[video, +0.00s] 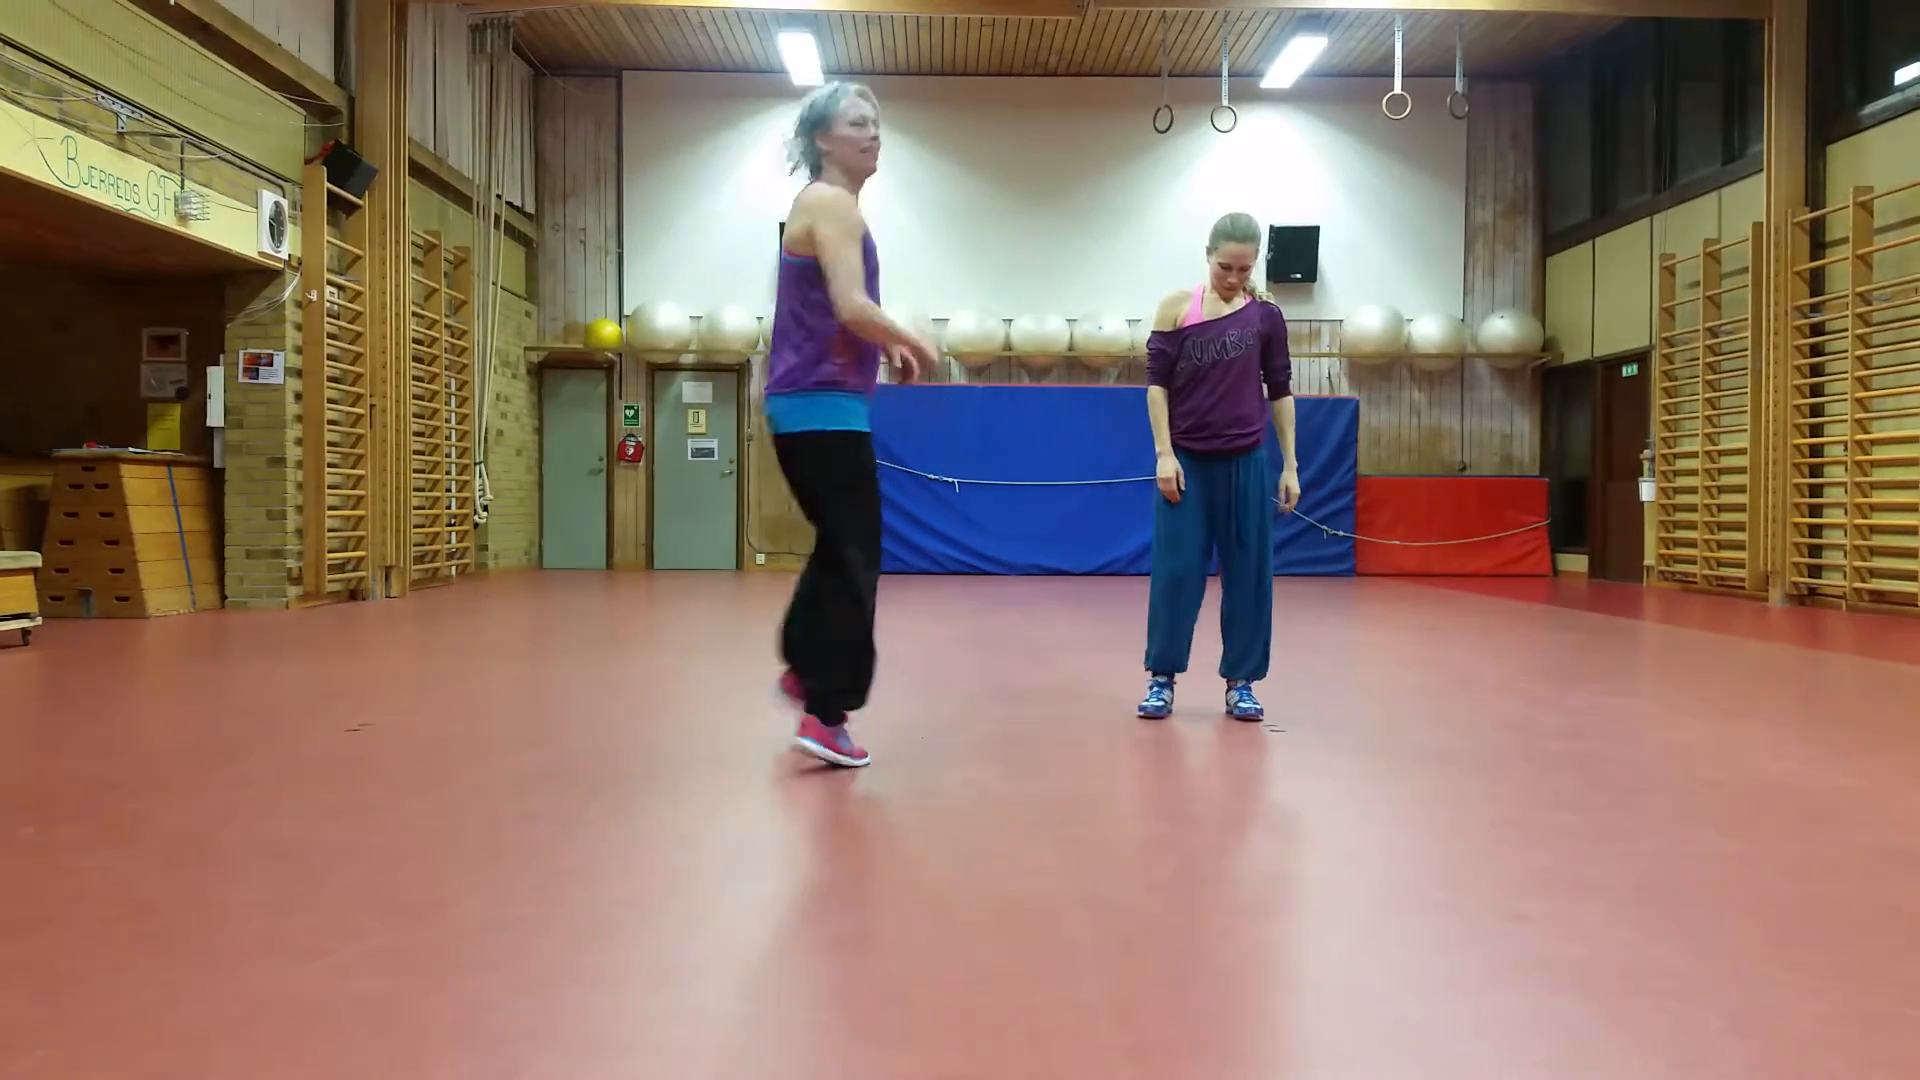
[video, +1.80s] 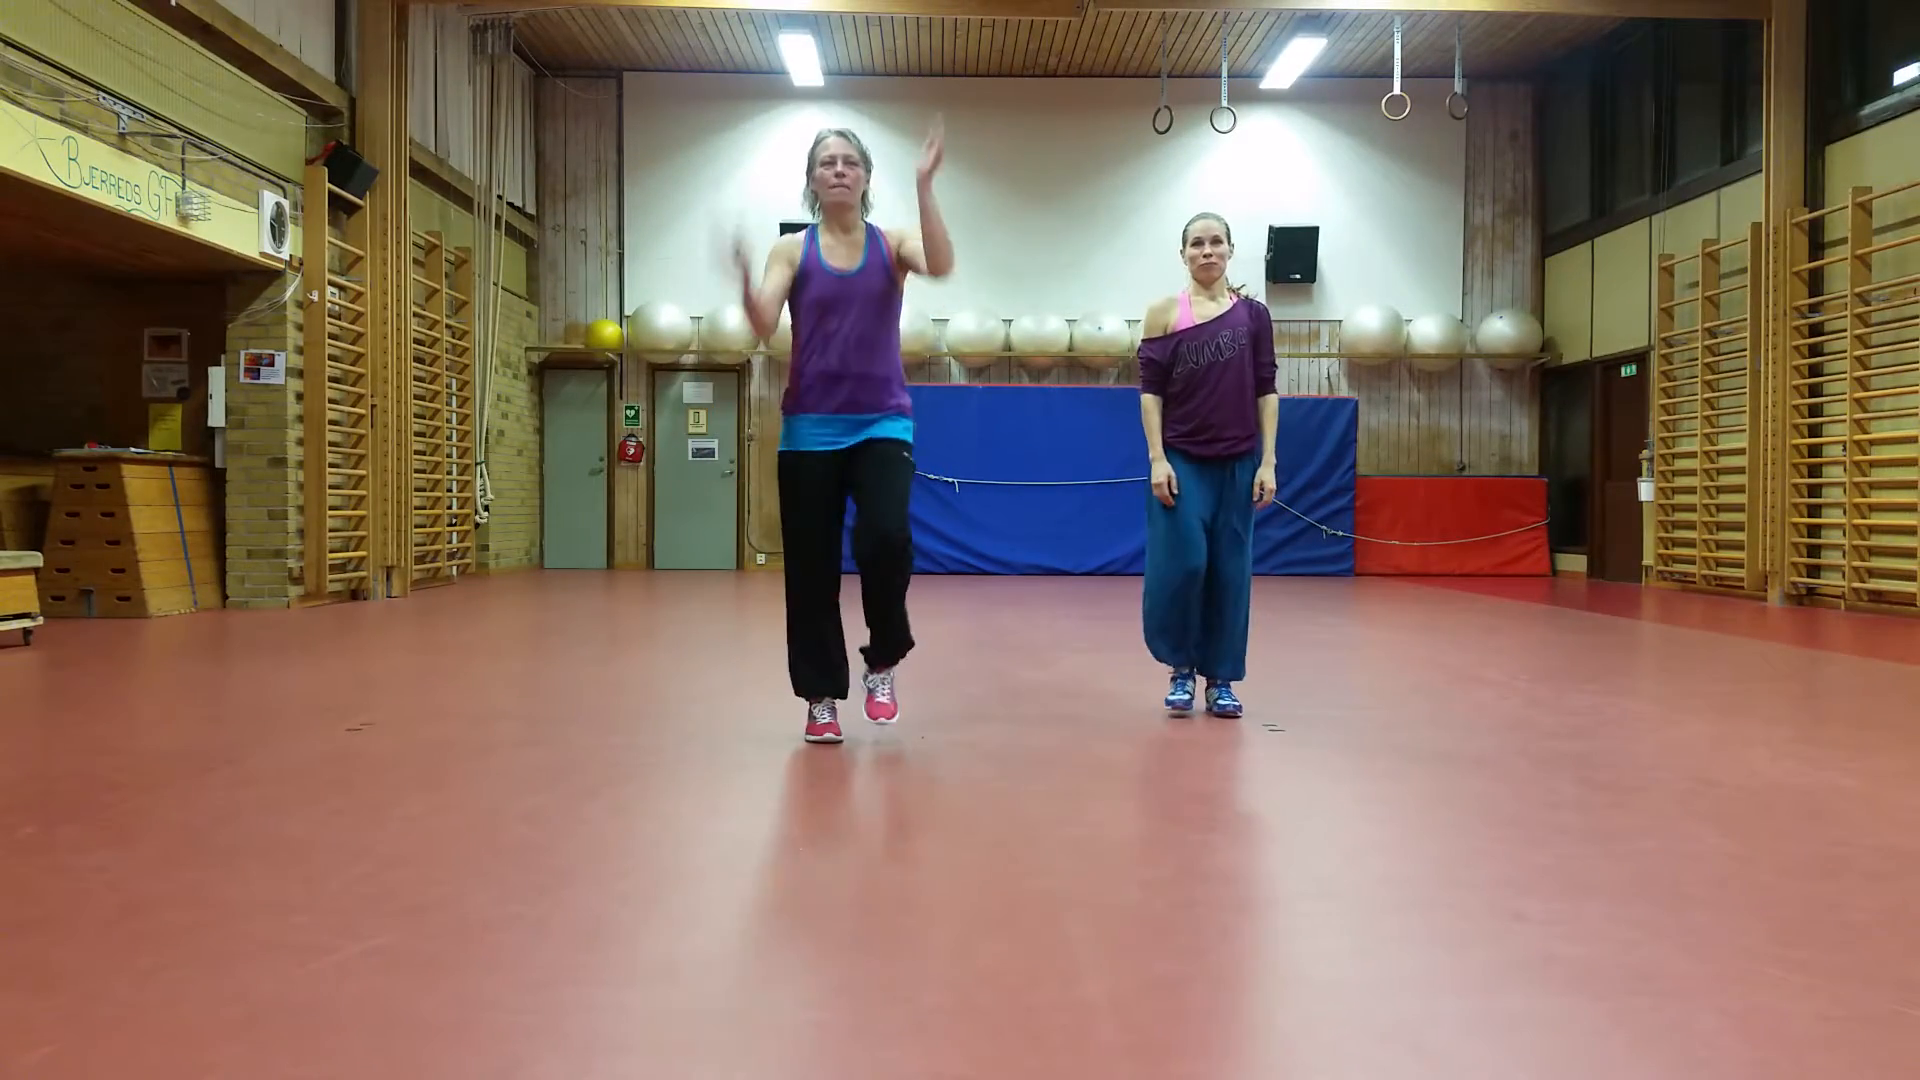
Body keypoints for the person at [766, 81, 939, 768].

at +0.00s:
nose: (874, 136)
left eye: (876, 126)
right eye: (858, 126)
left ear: (871, 139)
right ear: (822, 140)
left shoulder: (817, 205)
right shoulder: (833, 204)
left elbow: (831, 315)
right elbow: (850, 307)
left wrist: (890, 345)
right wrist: (907, 341)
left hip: (807, 409)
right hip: (829, 412)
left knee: (840, 543)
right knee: (856, 551)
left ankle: (804, 666)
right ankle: (826, 717)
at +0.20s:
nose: (854, 197)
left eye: (864, 189)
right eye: (841, 187)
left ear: (876, 205)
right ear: (818, 200)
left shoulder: (876, 279)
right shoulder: (794, 270)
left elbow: (862, 363)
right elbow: (789, 368)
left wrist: (904, 382)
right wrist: (872, 342)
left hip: (868, 447)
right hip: (809, 445)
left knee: (865, 566)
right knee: (849, 559)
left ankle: (834, 695)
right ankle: (813, 717)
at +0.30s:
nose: (844, 193)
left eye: (856, 185)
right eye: (833, 182)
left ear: (868, 199)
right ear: (811, 191)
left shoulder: (879, 270)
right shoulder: (783, 266)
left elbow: (894, 354)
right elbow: (764, 362)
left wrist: (918, 362)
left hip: (873, 443)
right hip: (811, 441)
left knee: (866, 569)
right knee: (827, 563)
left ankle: (843, 693)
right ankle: (808, 707)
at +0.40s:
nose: (834, 186)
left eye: (844, 178)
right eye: (822, 177)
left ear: (860, 192)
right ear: (802, 190)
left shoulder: (881, 258)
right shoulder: (779, 267)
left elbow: (917, 347)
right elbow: (742, 356)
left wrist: (918, 308)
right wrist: (711, 433)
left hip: (864, 435)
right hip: (798, 431)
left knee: (859, 560)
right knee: (811, 549)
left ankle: (839, 689)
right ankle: (793, 694)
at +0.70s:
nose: (808, 185)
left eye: (819, 176)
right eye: (797, 175)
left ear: (838, 189)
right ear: (782, 187)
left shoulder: (857, 249)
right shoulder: (756, 260)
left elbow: (895, 294)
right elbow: (716, 348)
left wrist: (861, 215)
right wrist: (667, 421)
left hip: (848, 436)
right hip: (776, 435)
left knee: (847, 566)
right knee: (773, 563)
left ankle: (840, 688)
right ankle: (765, 690)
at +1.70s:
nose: (836, 177)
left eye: (847, 169)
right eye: (824, 169)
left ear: (865, 184)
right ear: (808, 187)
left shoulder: (893, 250)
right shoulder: (789, 260)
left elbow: (942, 306)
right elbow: (758, 343)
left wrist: (912, 234)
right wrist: (737, 397)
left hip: (879, 432)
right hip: (805, 433)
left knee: (890, 550)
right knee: (812, 568)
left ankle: (880, 674)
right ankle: (821, 697)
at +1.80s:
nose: (839, 170)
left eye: (849, 162)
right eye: (827, 163)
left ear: (867, 179)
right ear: (811, 181)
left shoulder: (892, 239)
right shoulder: (791, 247)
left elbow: (939, 263)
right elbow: (763, 325)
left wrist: (925, 187)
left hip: (882, 422)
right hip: (810, 426)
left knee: (885, 540)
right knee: (812, 566)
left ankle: (883, 662)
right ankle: (821, 696)